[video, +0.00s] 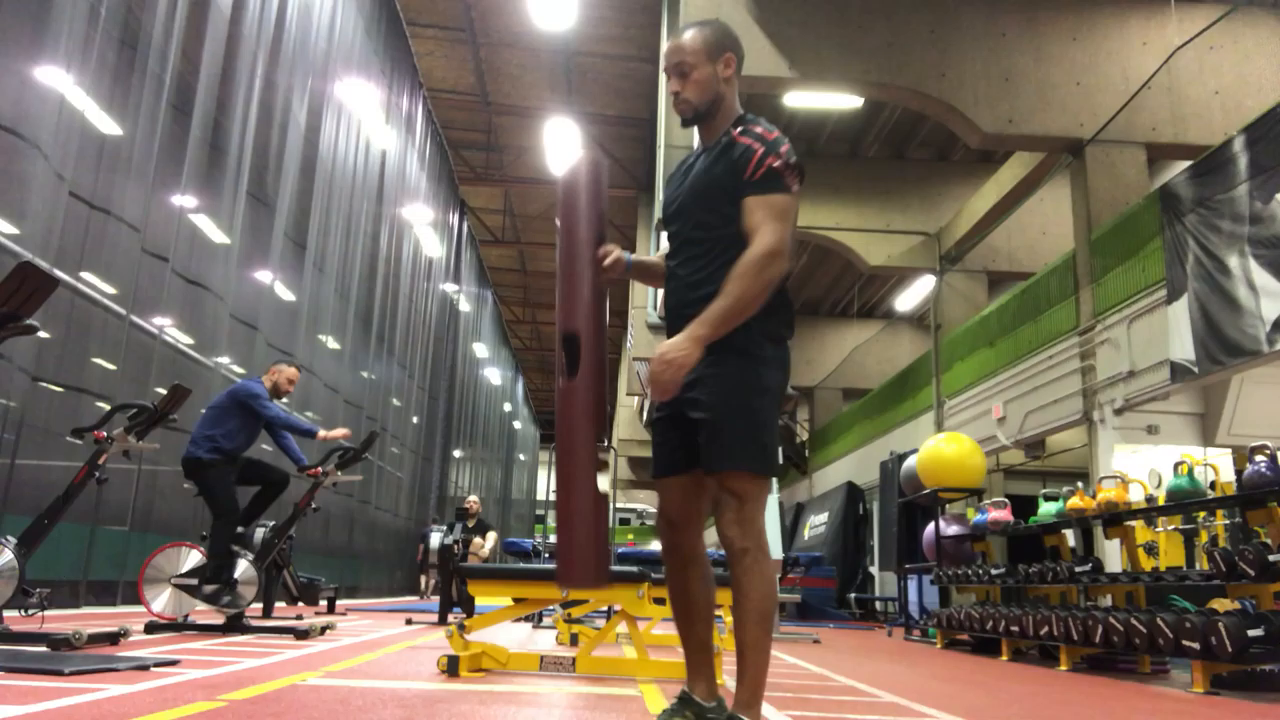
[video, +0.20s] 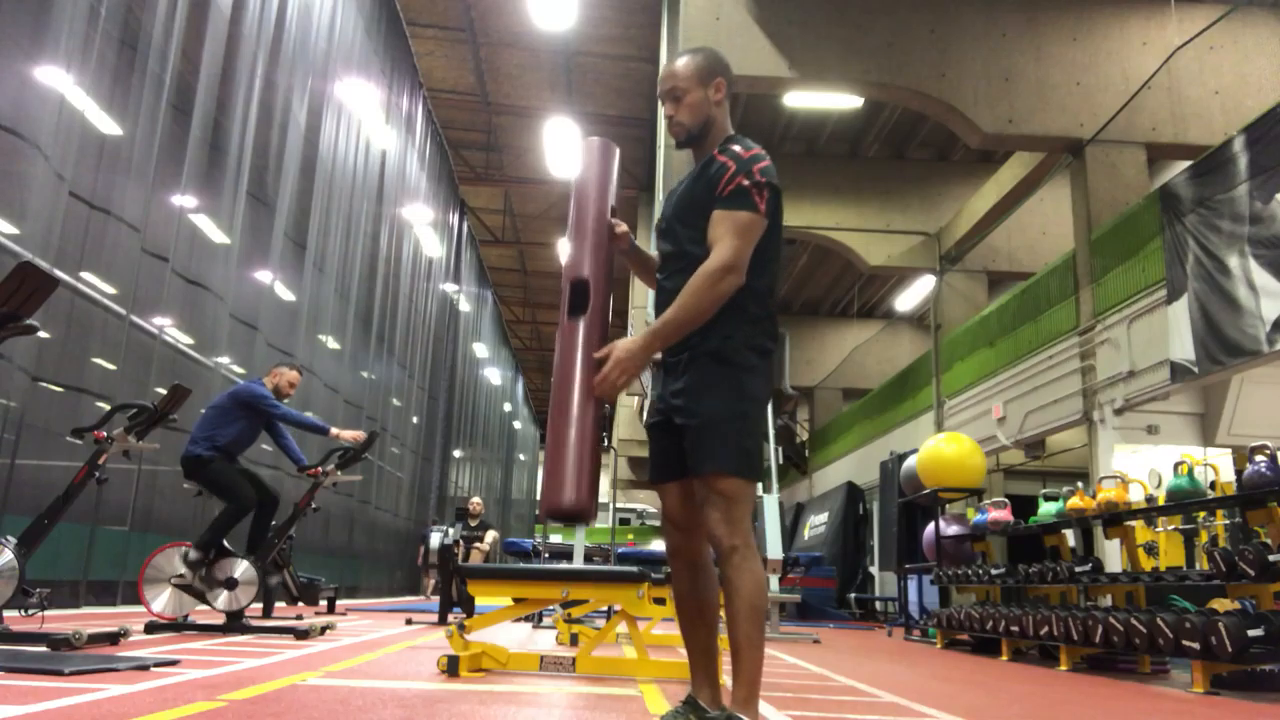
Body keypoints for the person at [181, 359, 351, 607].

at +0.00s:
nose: (291, 389)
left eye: (294, 385)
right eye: (289, 382)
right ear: (273, 374)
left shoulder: (264, 401)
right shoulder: (250, 389)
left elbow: (280, 434)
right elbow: (277, 418)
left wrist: (304, 465)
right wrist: (321, 433)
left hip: (227, 461)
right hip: (204, 460)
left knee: (278, 479)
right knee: (227, 515)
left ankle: (238, 527)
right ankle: (212, 585)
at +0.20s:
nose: (291, 392)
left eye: (295, 389)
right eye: (290, 384)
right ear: (274, 374)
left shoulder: (266, 406)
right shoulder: (252, 391)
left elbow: (281, 438)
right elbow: (288, 416)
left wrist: (304, 466)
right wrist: (337, 433)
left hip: (223, 461)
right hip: (201, 458)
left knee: (268, 499)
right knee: (246, 500)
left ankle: (254, 559)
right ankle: (199, 550)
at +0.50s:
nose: (293, 395)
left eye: (296, 391)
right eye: (292, 387)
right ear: (276, 377)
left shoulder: (265, 404)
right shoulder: (256, 392)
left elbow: (282, 438)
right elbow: (292, 418)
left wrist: (304, 467)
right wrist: (339, 437)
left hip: (214, 460)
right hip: (203, 455)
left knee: (248, 515)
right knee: (262, 475)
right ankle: (237, 540)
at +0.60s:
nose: (293, 395)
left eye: (297, 392)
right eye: (293, 387)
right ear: (277, 377)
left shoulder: (265, 404)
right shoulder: (256, 392)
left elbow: (282, 438)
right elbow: (291, 419)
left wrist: (305, 466)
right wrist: (338, 439)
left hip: (220, 459)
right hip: (205, 457)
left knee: (262, 503)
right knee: (256, 499)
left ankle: (225, 542)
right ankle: (236, 562)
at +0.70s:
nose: (294, 395)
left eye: (297, 391)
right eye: (294, 387)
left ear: (281, 383)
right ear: (278, 378)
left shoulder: (265, 401)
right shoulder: (258, 392)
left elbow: (281, 438)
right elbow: (293, 420)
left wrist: (305, 467)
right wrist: (339, 439)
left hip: (226, 461)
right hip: (206, 460)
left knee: (274, 487)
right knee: (238, 509)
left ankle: (227, 530)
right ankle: (227, 578)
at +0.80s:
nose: (295, 395)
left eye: (298, 391)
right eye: (294, 387)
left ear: (280, 382)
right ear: (278, 378)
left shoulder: (265, 401)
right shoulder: (258, 392)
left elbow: (281, 437)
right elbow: (293, 420)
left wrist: (305, 467)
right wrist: (339, 440)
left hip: (227, 461)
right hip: (206, 460)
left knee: (278, 477)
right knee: (230, 516)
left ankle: (243, 527)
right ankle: (210, 580)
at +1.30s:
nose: (294, 394)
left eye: (297, 391)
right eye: (293, 387)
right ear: (277, 377)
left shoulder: (266, 403)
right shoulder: (257, 392)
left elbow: (282, 437)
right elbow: (293, 421)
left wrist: (304, 466)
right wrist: (340, 440)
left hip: (214, 458)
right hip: (204, 456)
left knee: (256, 512)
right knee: (260, 483)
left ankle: (225, 546)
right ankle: (241, 544)